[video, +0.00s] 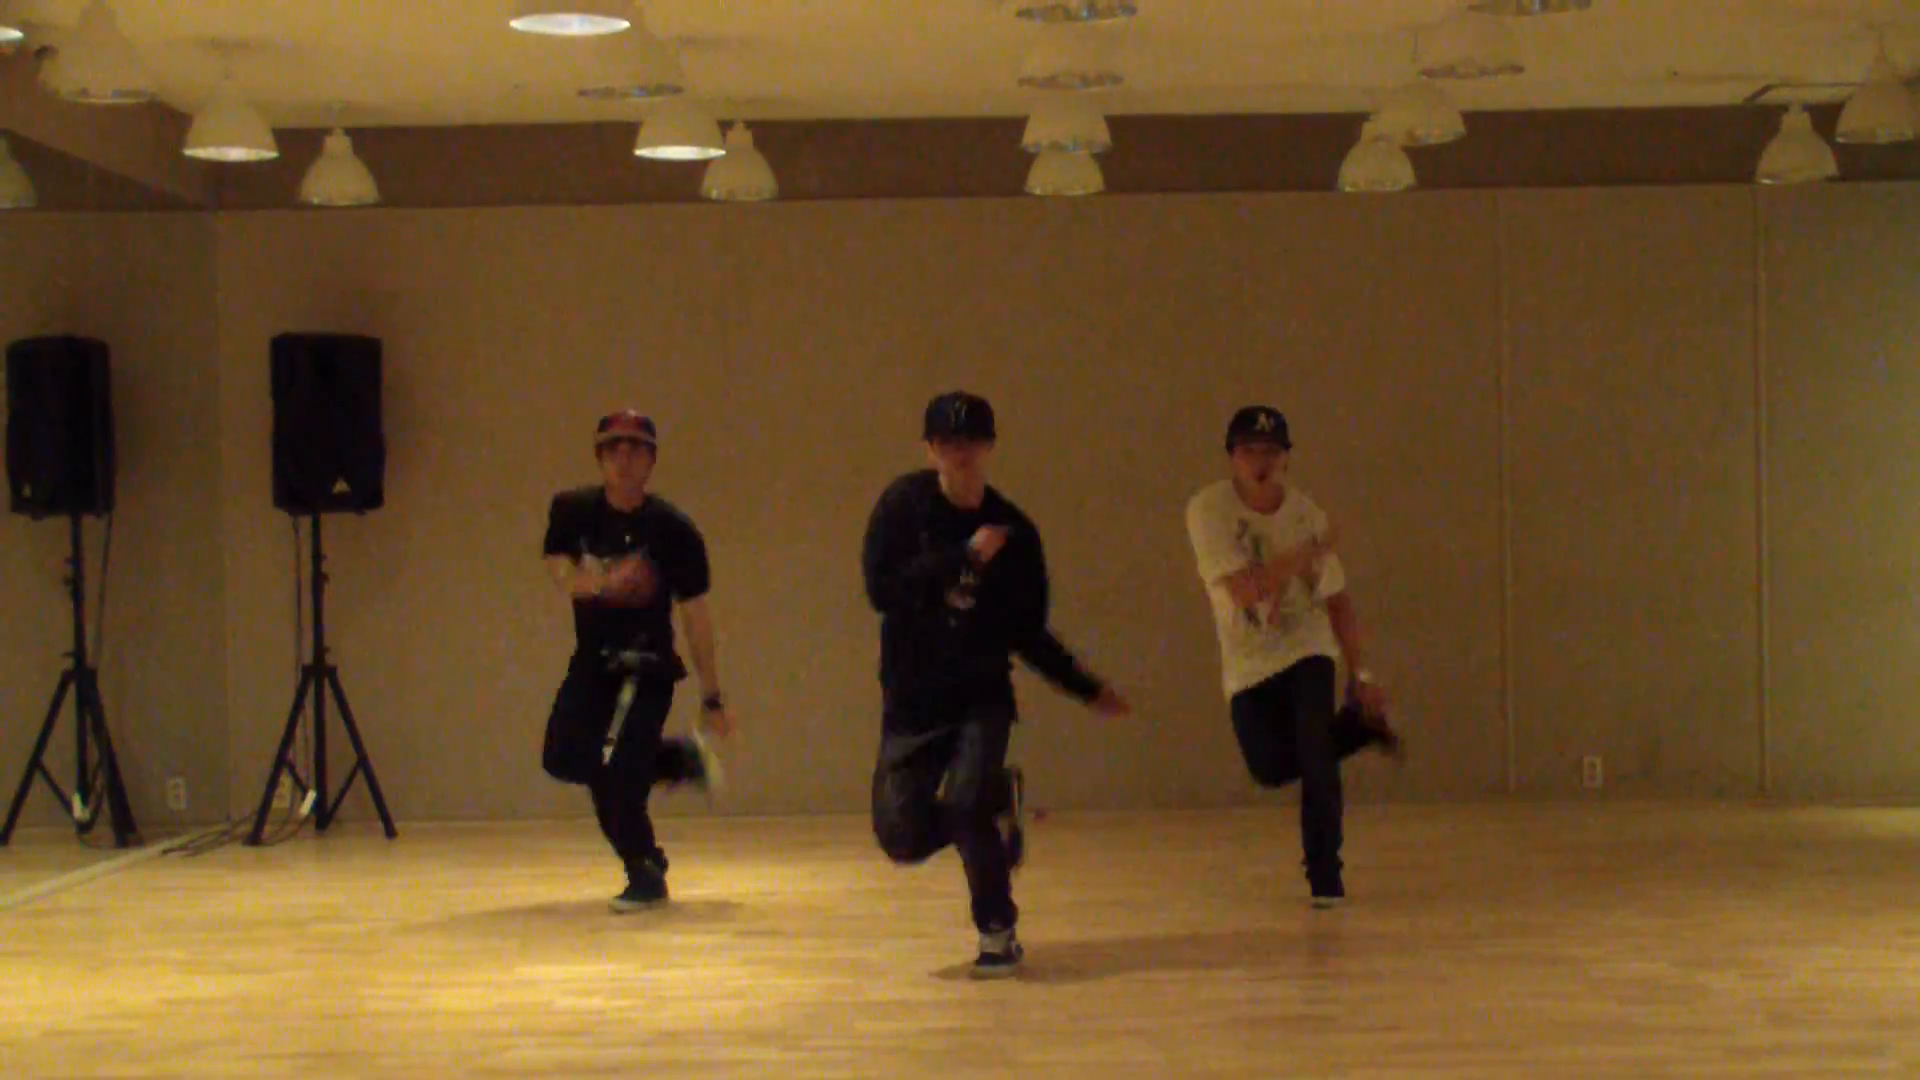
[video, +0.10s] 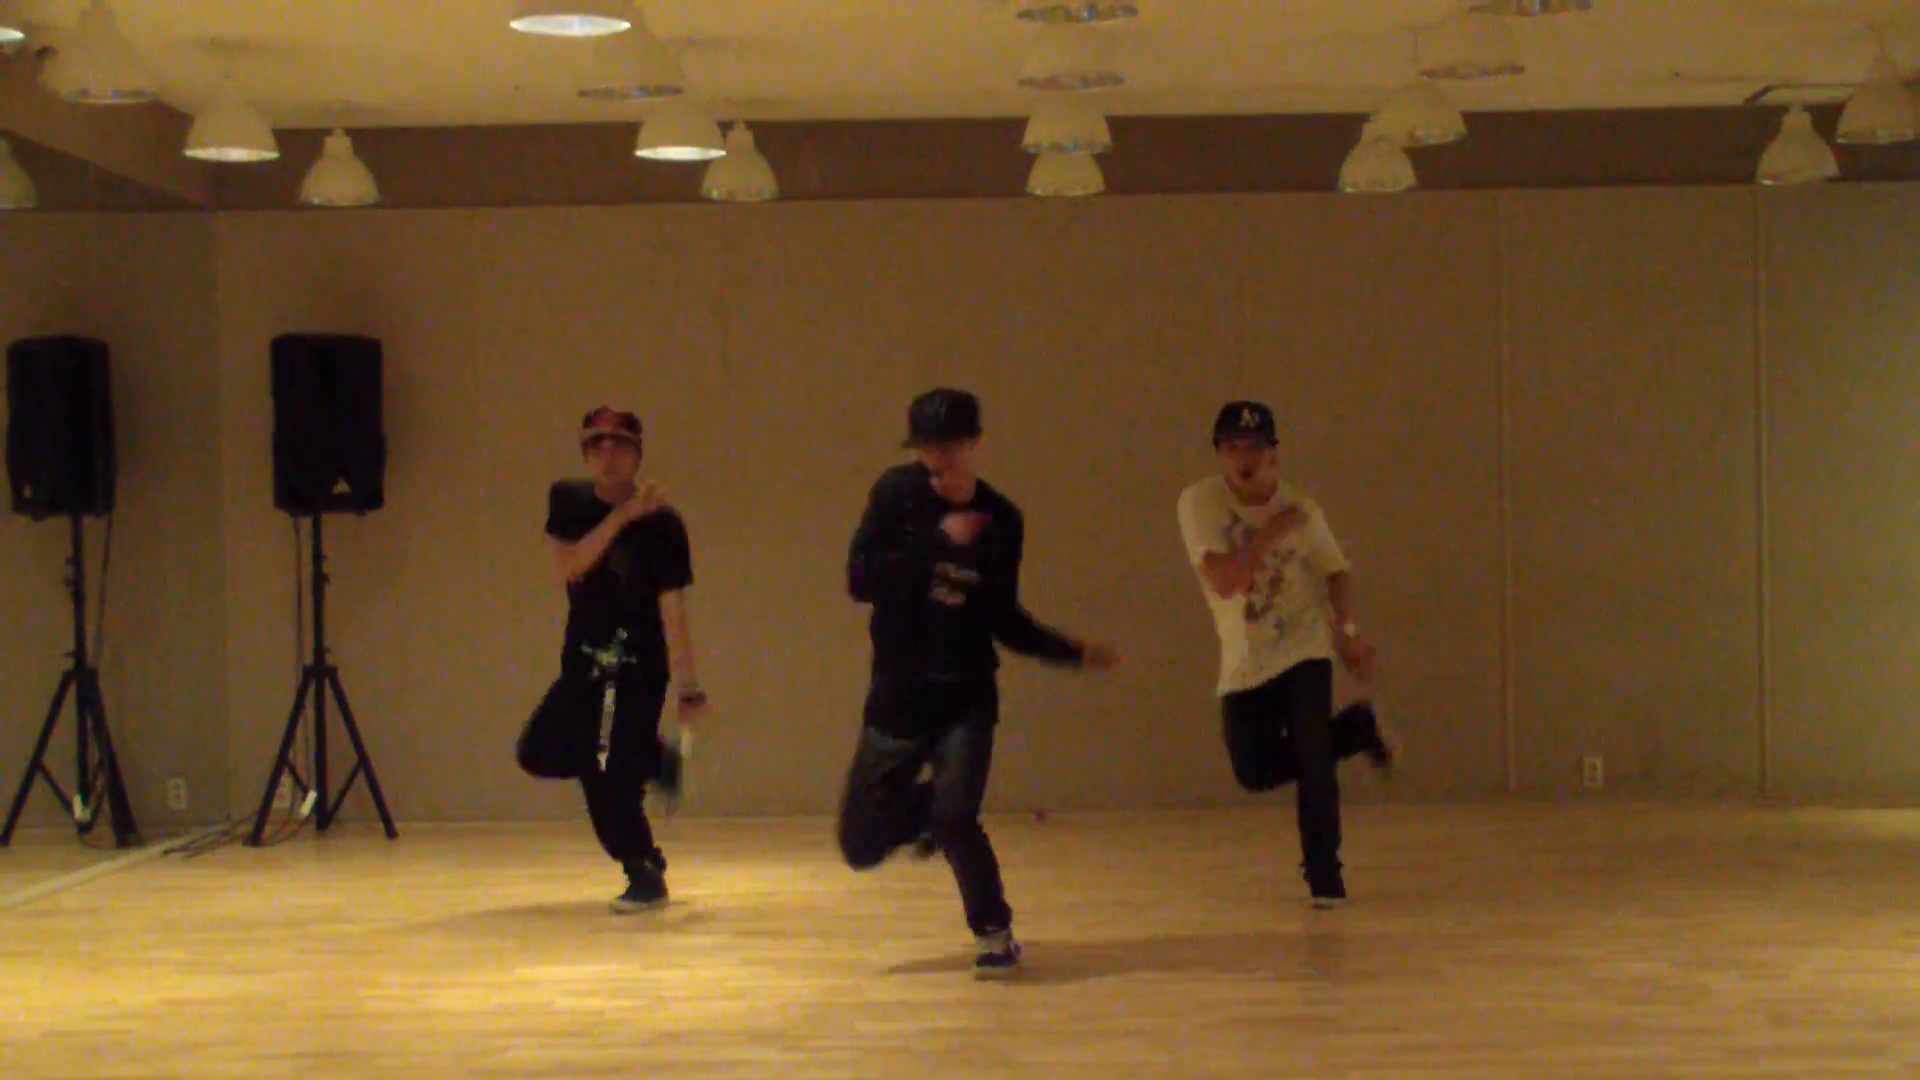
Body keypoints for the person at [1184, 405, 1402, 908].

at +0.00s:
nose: (1261, 462)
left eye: (1271, 451)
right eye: (1250, 451)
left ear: (1285, 456)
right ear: (1231, 456)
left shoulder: (1304, 513)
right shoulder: (1208, 510)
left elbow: (1336, 599)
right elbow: (1242, 591)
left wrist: (1359, 672)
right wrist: (1306, 556)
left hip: (1308, 649)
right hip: (1247, 665)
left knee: (1315, 756)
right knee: (1270, 767)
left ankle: (1325, 876)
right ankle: (1359, 728)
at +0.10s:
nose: (1243, 461)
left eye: (1253, 450)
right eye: (1232, 450)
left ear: (1273, 451)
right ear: (1218, 454)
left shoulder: (1297, 507)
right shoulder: (1200, 503)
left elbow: (1335, 572)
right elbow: (1223, 581)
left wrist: (1344, 632)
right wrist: (1268, 534)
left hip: (1304, 651)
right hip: (1244, 662)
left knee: (1312, 757)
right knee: (1255, 771)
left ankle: (1324, 874)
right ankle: (1353, 731)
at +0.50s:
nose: (1178, 477)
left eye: (1190, 464)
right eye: (1171, 466)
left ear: (1218, 465)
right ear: (1165, 470)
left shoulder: (1250, 528)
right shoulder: (1187, 525)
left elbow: (1192, 613)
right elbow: (1147, 599)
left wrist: (1136, 674)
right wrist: (1099, 661)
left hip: (1280, 675)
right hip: (1225, 667)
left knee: (1249, 787)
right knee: (1159, 768)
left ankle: (1325, 867)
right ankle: (1118, 872)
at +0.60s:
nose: (1190, 469)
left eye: (1200, 457)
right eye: (1181, 459)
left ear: (1228, 458)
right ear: (1174, 464)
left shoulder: (1266, 500)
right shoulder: (1187, 527)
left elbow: (1236, 552)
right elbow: (1153, 606)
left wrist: (1187, 552)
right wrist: (1112, 677)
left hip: (1285, 672)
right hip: (1227, 667)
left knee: (1253, 787)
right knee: (1160, 766)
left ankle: (1328, 870)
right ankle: (1118, 872)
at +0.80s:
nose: (1195, 486)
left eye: (1205, 474)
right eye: (1186, 477)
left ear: (1230, 478)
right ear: (1178, 485)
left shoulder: (1280, 516)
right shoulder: (1184, 550)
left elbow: (1358, 521)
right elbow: (1180, 638)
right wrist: (1165, 708)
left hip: (1301, 677)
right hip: (1241, 677)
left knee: (1260, 795)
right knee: (1164, 768)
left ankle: (1332, 877)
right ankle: (1116, 876)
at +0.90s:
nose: (1203, 481)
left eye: (1214, 470)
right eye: (1196, 471)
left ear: (1239, 475)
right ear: (1187, 479)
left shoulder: (1291, 527)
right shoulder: (1194, 547)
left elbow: (1357, 578)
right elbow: (1191, 635)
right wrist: (1181, 706)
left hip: (1306, 685)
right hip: (1244, 682)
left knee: (1275, 785)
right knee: (1175, 771)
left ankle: (1334, 877)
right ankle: (1119, 874)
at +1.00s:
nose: (1224, 444)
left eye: (1236, 434)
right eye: (1217, 435)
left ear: (1262, 438)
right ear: (1209, 442)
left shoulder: (1301, 499)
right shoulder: (1212, 503)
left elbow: (1350, 577)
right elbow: (1177, 567)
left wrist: (1351, 657)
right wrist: (1158, 580)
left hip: (1313, 661)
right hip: (1254, 654)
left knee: (1288, 768)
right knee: (1198, 756)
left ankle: (1336, 879)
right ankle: (1166, 871)